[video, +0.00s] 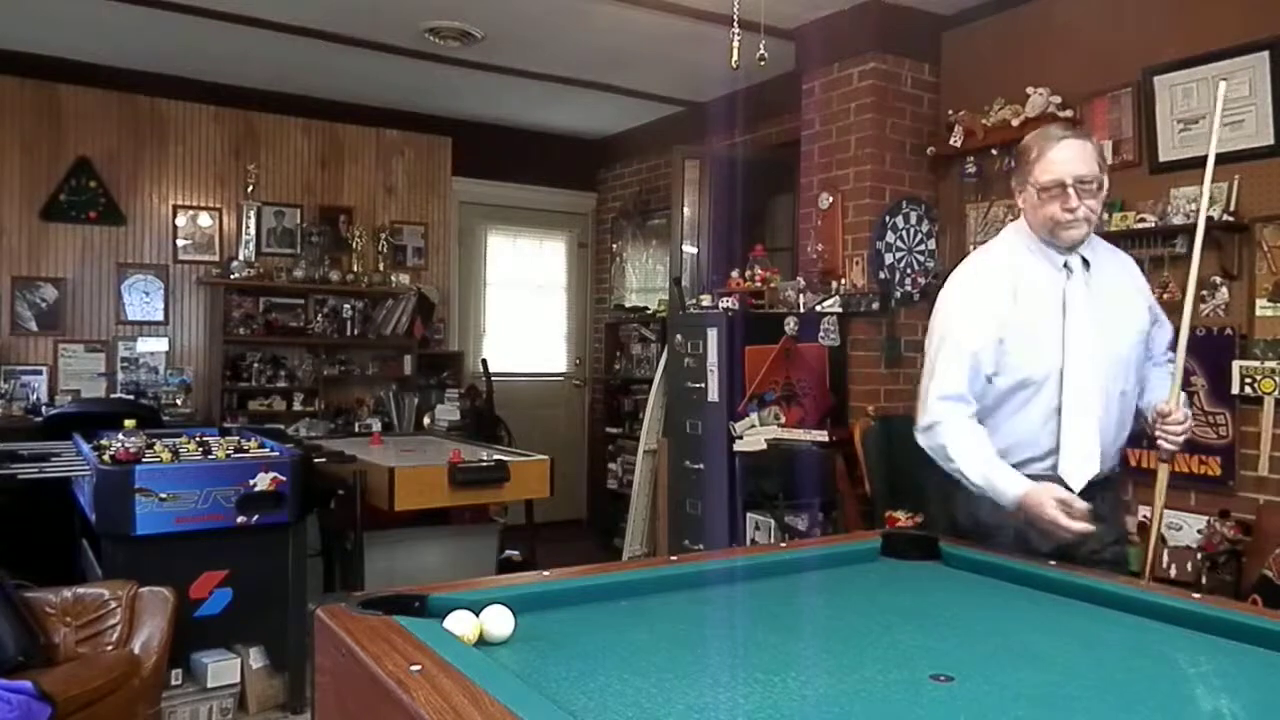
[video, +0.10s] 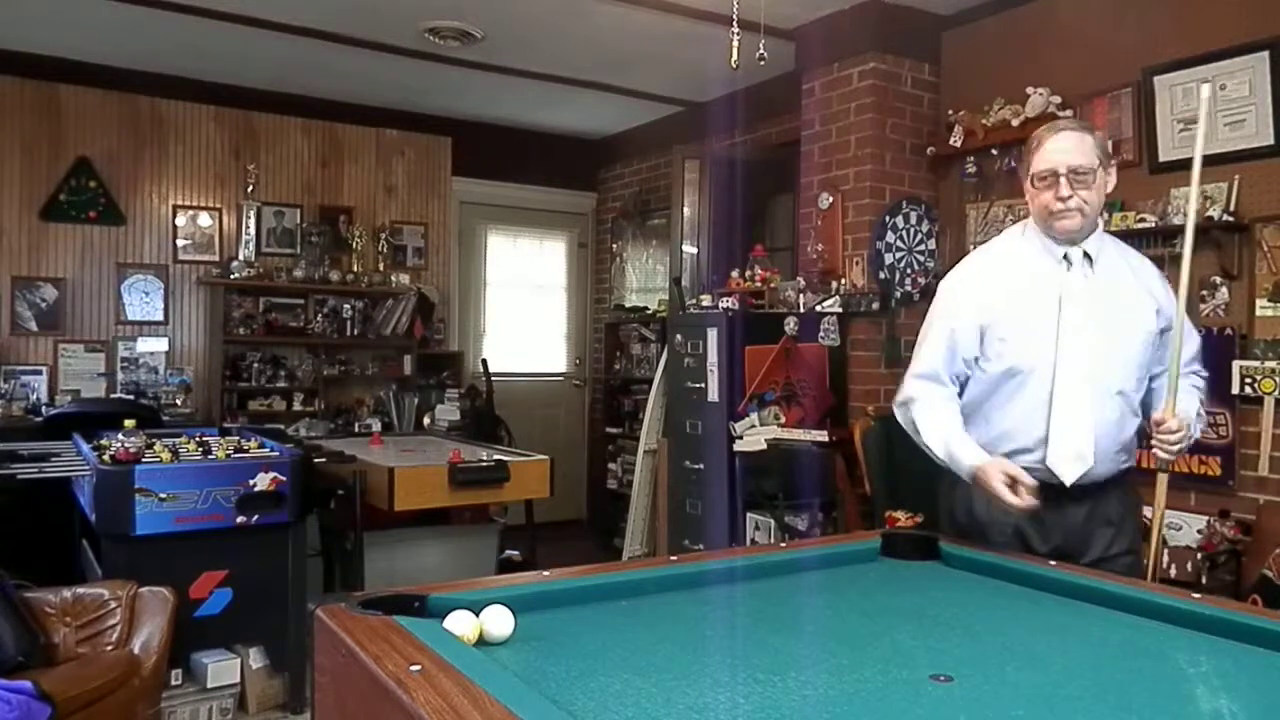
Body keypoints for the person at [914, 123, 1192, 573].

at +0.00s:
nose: (1072, 204)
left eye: (1086, 186)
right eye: (1053, 190)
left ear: (1104, 189)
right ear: (1021, 195)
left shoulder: (1122, 272)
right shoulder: (980, 281)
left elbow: (1154, 357)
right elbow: (941, 416)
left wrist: (1160, 406)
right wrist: (1019, 494)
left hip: (1099, 505)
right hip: (996, 510)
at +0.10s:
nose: (1063, 192)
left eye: (1079, 175)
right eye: (1046, 179)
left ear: (1108, 180)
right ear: (1026, 189)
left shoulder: (1142, 280)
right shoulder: (979, 276)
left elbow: (1181, 371)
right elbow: (924, 388)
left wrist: (1180, 416)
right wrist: (975, 464)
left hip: (1105, 510)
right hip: (996, 509)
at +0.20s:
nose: (1068, 183)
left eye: (1085, 168)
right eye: (1053, 172)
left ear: (1121, 175)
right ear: (1040, 185)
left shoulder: (1161, 284)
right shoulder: (991, 268)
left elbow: (1208, 385)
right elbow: (919, 360)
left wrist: (1178, 432)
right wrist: (939, 417)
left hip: (1107, 510)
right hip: (996, 499)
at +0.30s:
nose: (1082, 180)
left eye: (1101, 165)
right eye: (1071, 168)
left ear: (1141, 177)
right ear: (1059, 182)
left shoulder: (1179, 288)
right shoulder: (1004, 264)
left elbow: (1229, 399)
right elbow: (928, 334)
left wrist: (1166, 450)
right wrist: (928, 359)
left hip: (1107, 513)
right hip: (999, 500)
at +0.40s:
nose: (1091, 179)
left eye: (1112, 166)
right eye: (1083, 166)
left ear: (1154, 180)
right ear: (1071, 174)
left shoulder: (1188, 288)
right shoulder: (1018, 259)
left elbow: (1233, 412)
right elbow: (952, 332)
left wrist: (1144, 461)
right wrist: (926, 322)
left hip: (1110, 512)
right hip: (1002, 494)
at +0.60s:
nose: (1091, 178)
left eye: (1111, 163)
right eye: (1086, 164)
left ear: (1157, 174)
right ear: (1077, 171)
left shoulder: (1191, 283)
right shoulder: (1033, 257)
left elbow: (1214, 417)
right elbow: (953, 315)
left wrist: (1111, 465)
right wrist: (934, 260)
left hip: (1113, 508)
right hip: (1008, 485)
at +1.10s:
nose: (1040, 183)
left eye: (1056, 169)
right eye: (1034, 173)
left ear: (1100, 172)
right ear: (1028, 184)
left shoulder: (1151, 268)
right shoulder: (1007, 265)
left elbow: (1180, 401)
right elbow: (934, 331)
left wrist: (1091, 471)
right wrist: (924, 266)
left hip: (1106, 500)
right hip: (1006, 487)